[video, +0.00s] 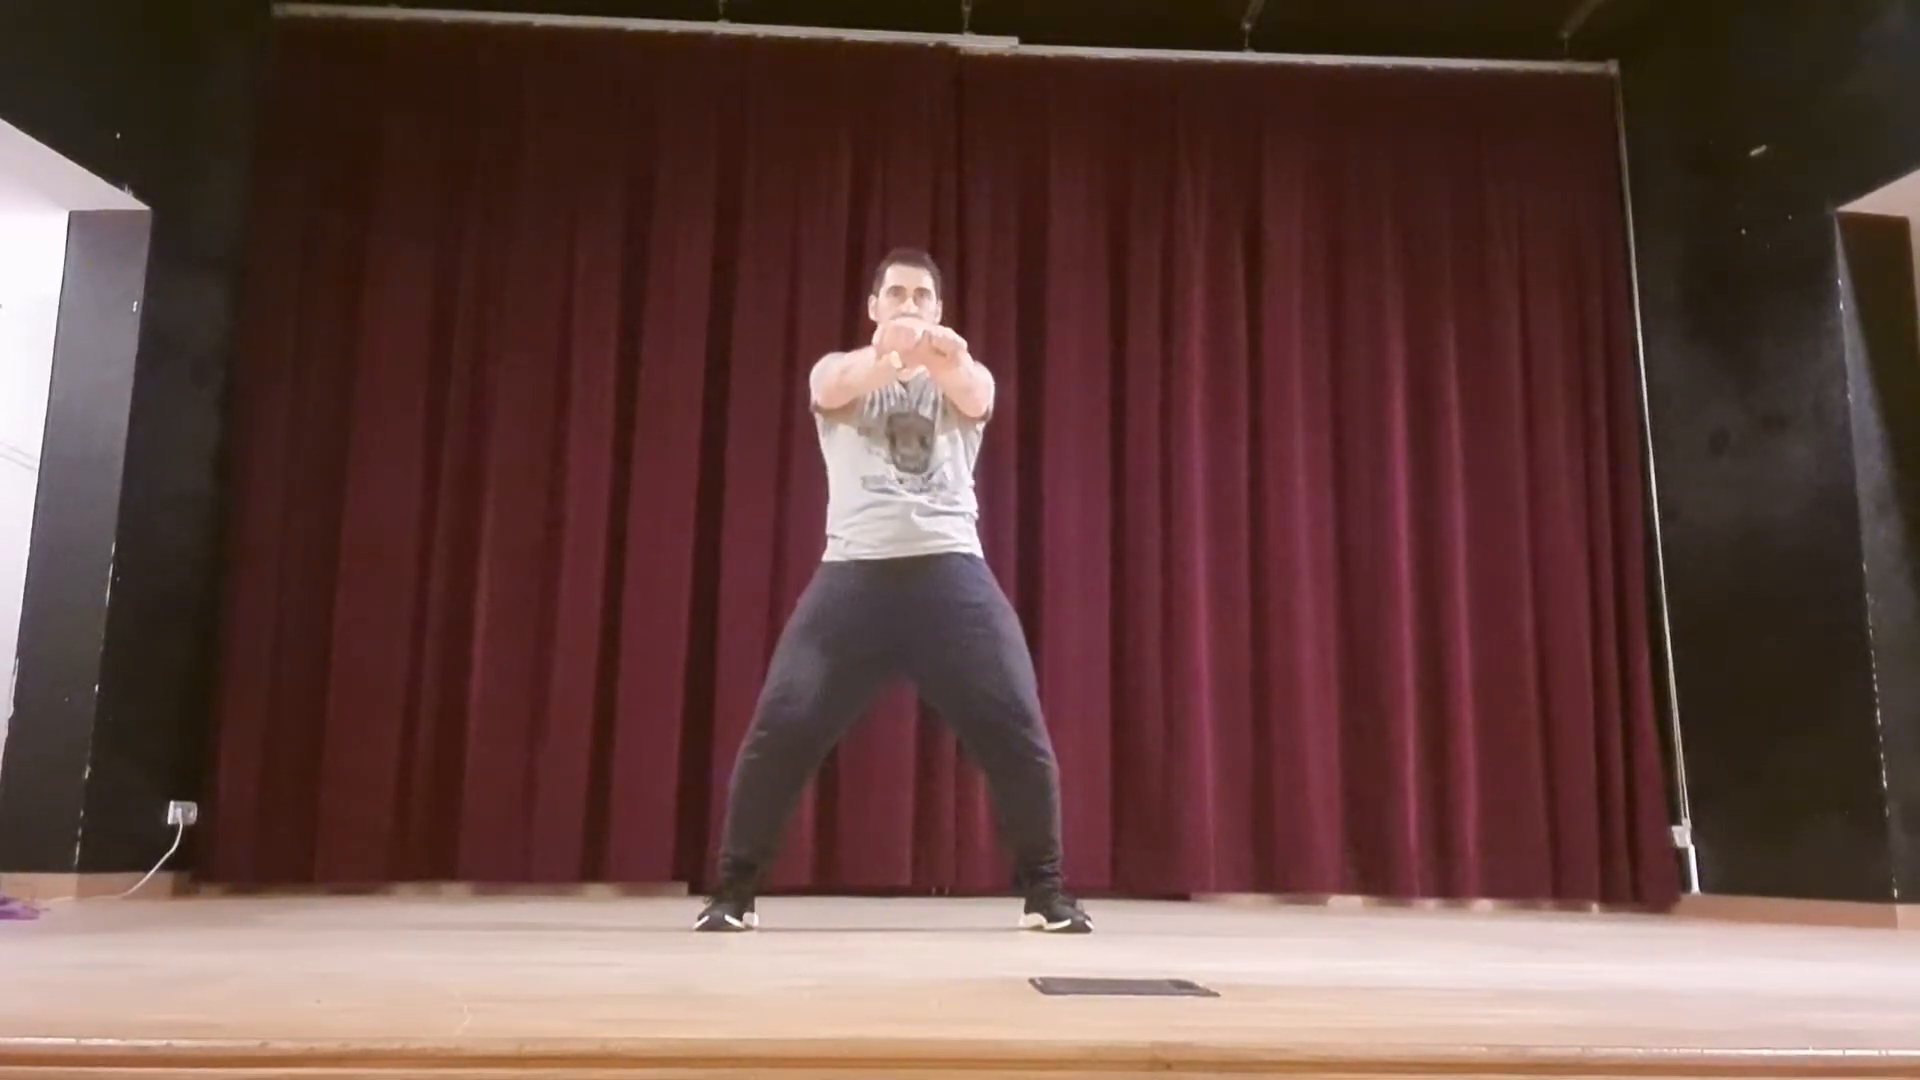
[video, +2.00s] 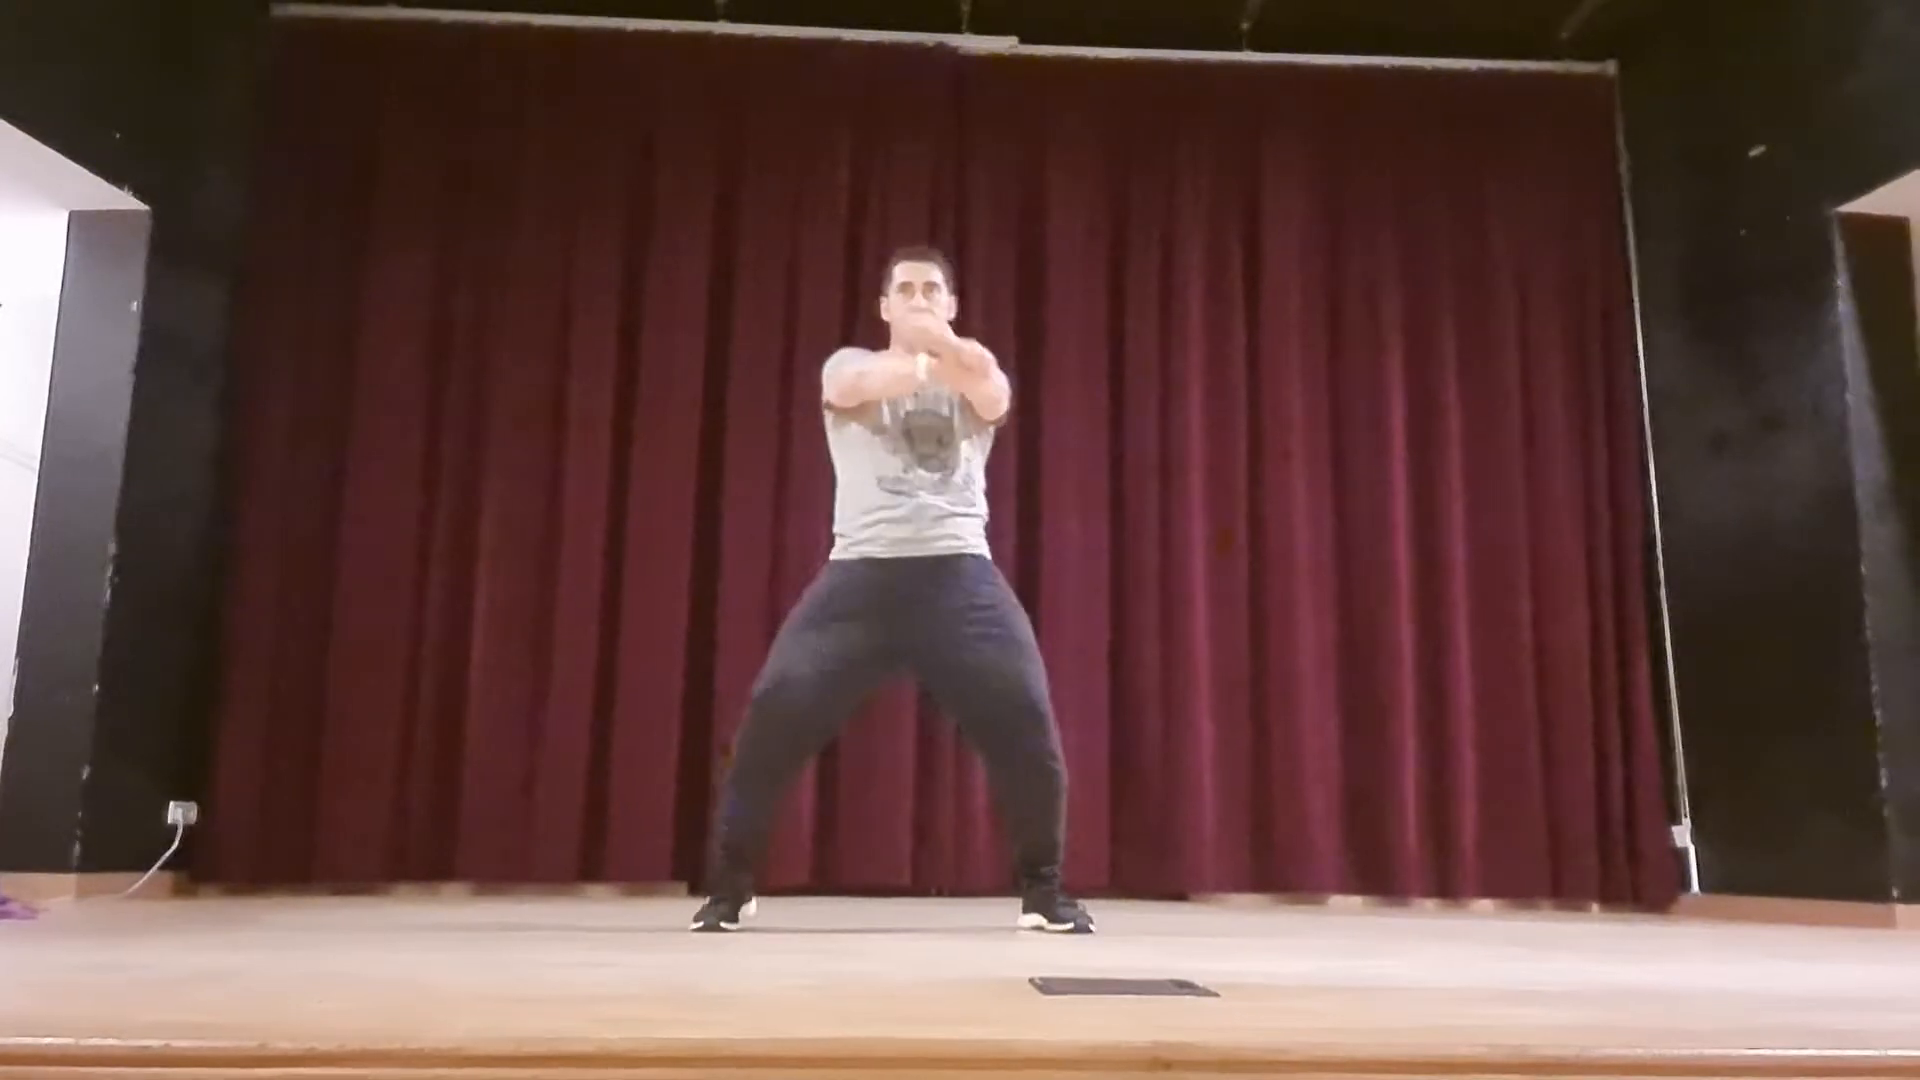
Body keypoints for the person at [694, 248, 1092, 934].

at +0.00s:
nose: (908, 305)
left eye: (921, 296)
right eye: (896, 294)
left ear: (939, 308)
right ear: (872, 305)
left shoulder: (966, 374)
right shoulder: (840, 366)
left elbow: (975, 401)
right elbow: (829, 392)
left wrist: (949, 360)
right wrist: (889, 361)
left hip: (952, 574)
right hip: (852, 575)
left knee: (1017, 727)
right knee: (783, 722)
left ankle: (1045, 891)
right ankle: (734, 894)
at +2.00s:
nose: (919, 299)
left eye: (930, 289)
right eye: (906, 290)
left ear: (953, 306)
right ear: (885, 308)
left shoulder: (977, 371)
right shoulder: (851, 365)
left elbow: (988, 392)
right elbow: (849, 387)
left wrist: (944, 343)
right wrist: (912, 369)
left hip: (960, 576)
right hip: (859, 575)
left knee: (1024, 713)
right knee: (780, 703)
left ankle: (1044, 889)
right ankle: (729, 885)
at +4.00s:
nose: (848, 285)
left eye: (861, 277)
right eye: (836, 276)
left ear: (883, 302)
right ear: (814, 300)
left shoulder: (913, 356)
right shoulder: (785, 366)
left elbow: (920, 384)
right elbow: (777, 397)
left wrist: (864, 351)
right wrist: (818, 361)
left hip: (920, 567)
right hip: (817, 573)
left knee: (1011, 704)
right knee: (754, 704)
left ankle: (1045, 864)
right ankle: (735, 884)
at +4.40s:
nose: (914, 288)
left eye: (926, 279)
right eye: (902, 280)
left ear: (947, 295)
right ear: (878, 295)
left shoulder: (970, 359)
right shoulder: (851, 351)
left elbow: (983, 393)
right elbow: (836, 365)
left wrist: (947, 320)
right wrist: (906, 315)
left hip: (950, 576)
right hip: (849, 571)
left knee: (1017, 720)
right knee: (768, 695)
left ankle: (1042, 890)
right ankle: (734, 878)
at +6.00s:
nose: (926, 312)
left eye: (938, 302)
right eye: (914, 299)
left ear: (960, 305)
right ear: (892, 298)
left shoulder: (983, 365)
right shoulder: (859, 353)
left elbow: (997, 394)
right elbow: (854, 353)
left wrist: (972, 324)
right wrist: (913, 320)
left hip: (959, 573)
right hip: (856, 567)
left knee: (1022, 705)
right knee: (763, 681)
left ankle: (1041, 886)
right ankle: (730, 867)